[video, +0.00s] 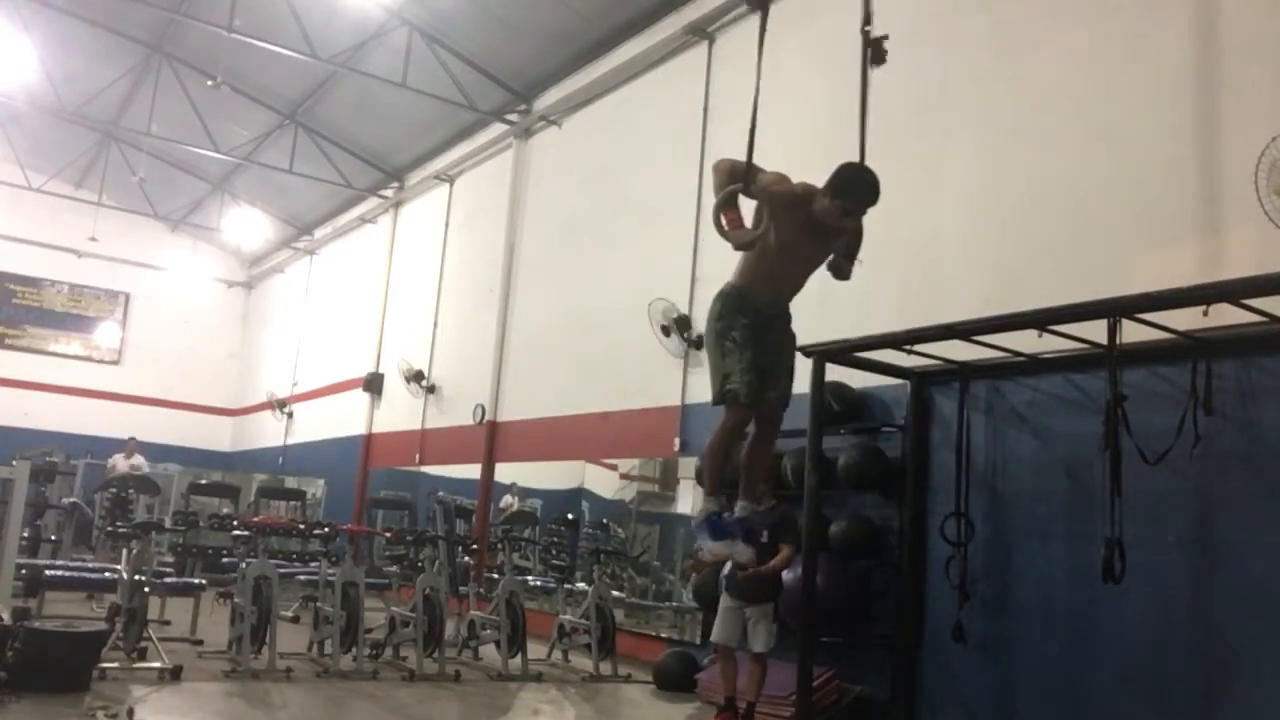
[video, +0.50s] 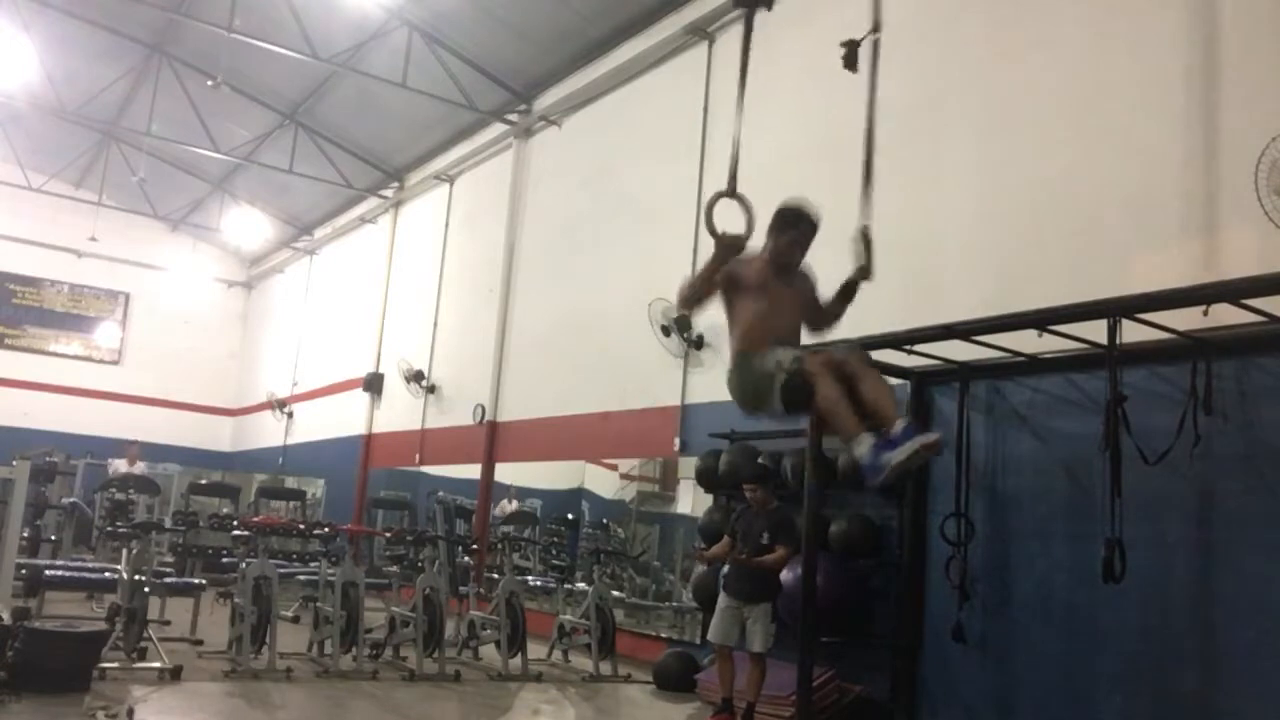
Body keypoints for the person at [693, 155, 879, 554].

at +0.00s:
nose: (848, 224)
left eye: (856, 218)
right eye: (845, 214)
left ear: (859, 210)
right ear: (827, 196)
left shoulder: (849, 229)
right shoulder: (788, 194)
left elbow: (840, 271)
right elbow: (724, 169)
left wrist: (842, 263)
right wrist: (734, 227)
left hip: (776, 319)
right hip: (737, 310)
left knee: (770, 417)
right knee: (740, 413)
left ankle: (748, 511)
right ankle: (709, 513)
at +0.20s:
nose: (850, 221)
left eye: (855, 214)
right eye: (845, 212)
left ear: (852, 208)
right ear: (825, 198)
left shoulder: (845, 229)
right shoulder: (782, 199)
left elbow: (843, 275)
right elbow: (720, 178)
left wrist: (843, 268)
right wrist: (730, 233)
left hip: (775, 316)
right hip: (738, 309)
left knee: (799, 400)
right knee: (763, 396)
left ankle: (803, 502)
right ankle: (765, 509)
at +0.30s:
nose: (836, 209)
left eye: (842, 202)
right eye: (831, 200)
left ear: (846, 198)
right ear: (811, 187)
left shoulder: (838, 226)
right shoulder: (770, 200)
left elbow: (858, 275)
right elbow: (706, 190)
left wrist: (860, 255)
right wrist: (727, 233)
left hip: (777, 320)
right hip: (739, 316)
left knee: (817, 378)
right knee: (783, 378)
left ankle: (842, 475)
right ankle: (803, 487)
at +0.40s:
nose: (819, 219)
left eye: (825, 213)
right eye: (814, 209)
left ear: (828, 212)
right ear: (794, 198)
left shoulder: (818, 241)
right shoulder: (752, 223)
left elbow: (825, 269)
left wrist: (862, 271)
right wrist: (715, 235)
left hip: (784, 335)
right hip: (743, 334)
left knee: (840, 363)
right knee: (801, 367)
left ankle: (871, 448)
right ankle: (839, 465)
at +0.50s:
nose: (798, 254)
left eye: (804, 248)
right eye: (793, 245)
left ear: (807, 247)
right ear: (773, 236)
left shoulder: (801, 281)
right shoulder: (738, 270)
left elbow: (819, 321)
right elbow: (686, 301)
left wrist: (853, 283)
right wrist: (717, 260)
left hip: (791, 367)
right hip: (750, 371)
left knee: (853, 358)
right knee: (820, 366)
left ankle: (897, 431)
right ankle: (866, 453)